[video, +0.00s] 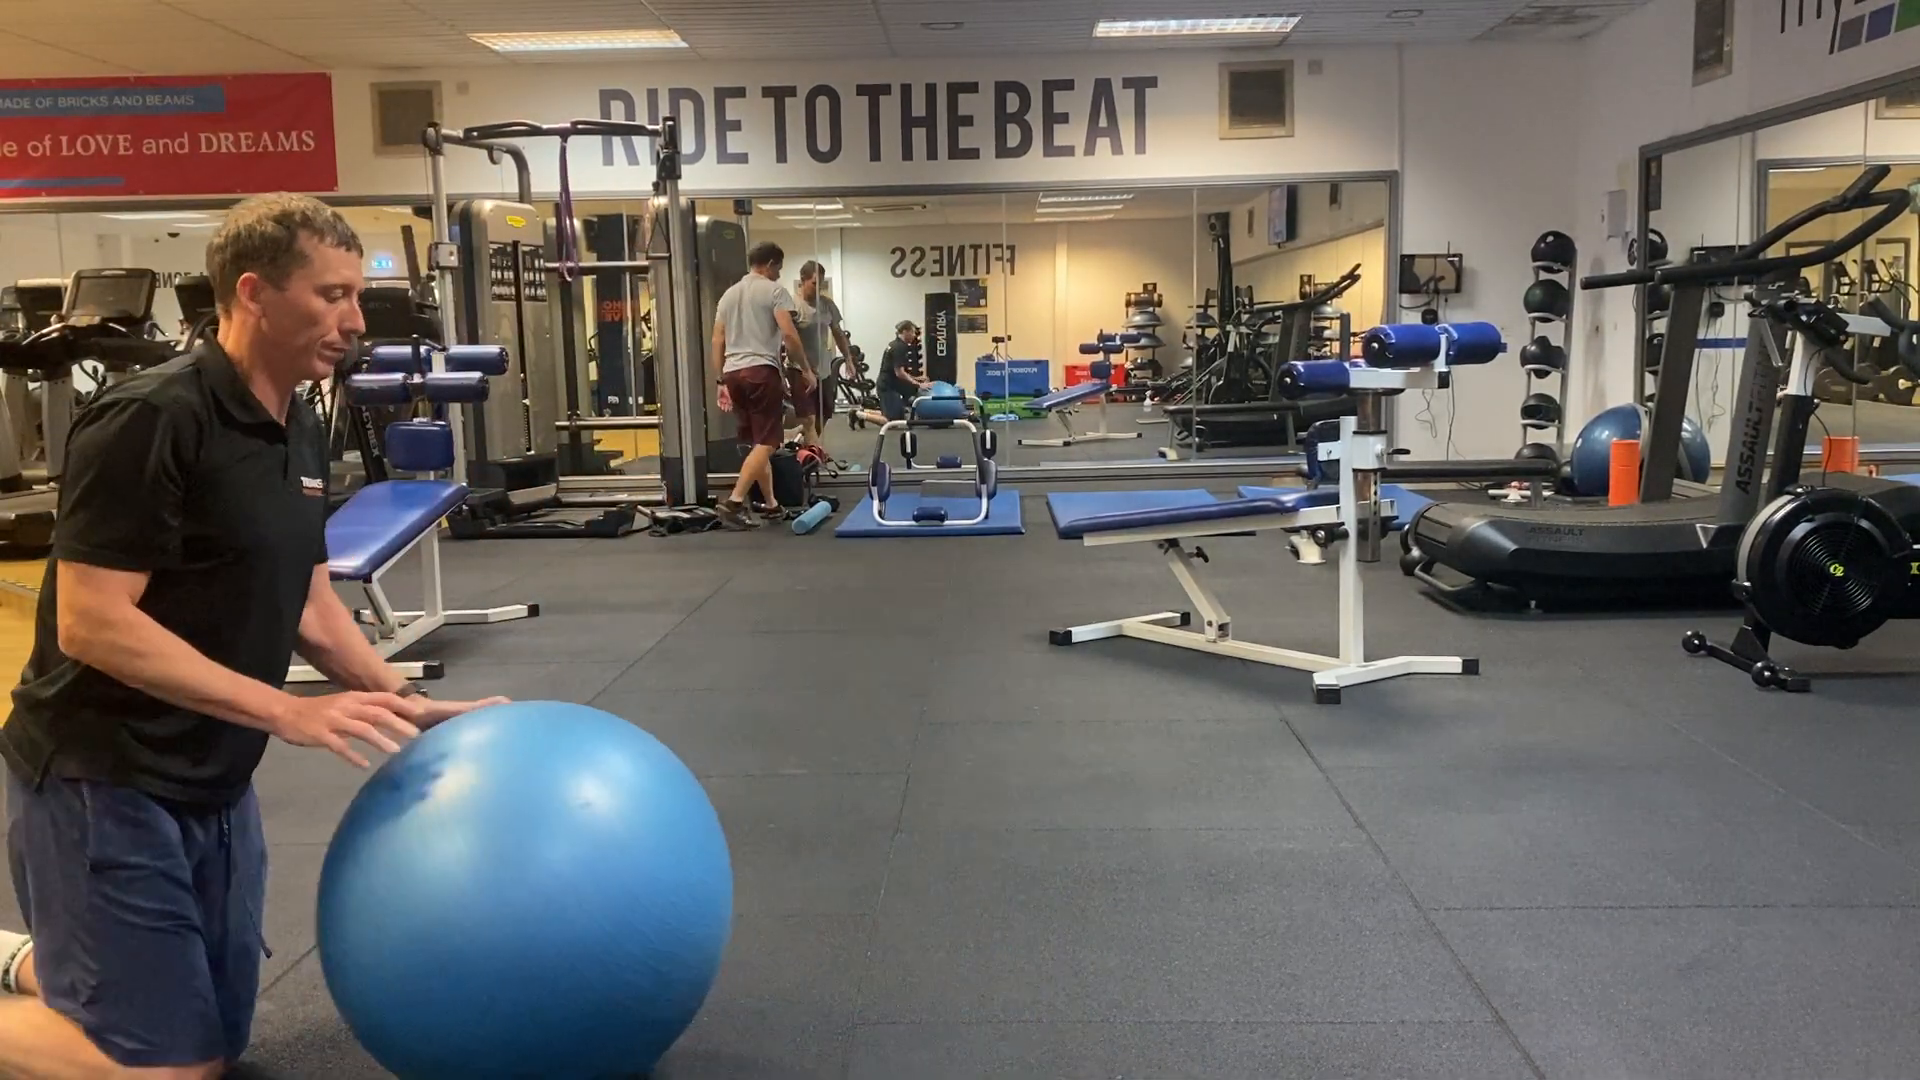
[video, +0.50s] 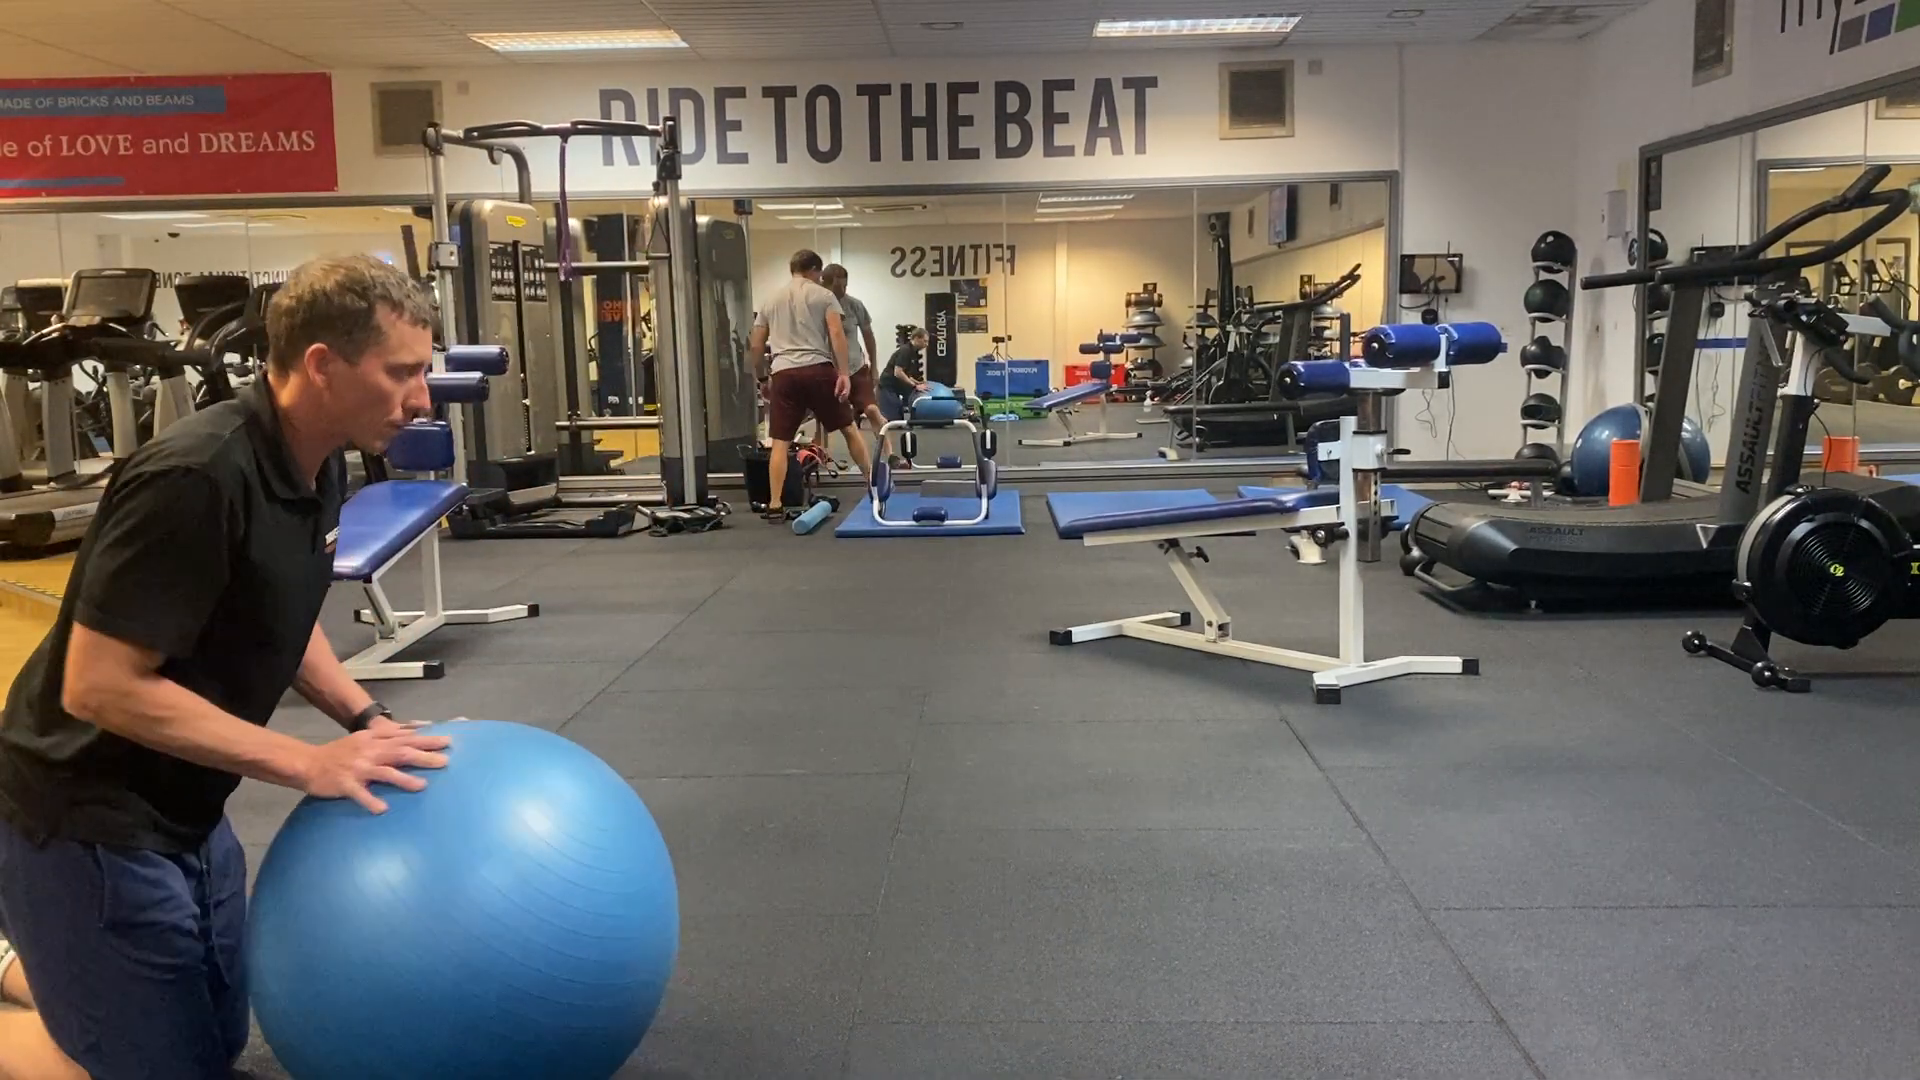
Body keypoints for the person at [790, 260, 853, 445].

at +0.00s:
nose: (817, 287)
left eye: (820, 282)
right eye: (813, 282)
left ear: (823, 281)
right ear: (802, 280)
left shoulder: (827, 304)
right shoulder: (791, 305)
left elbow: (838, 333)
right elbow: (783, 339)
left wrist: (848, 359)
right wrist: (779, 370)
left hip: (825, 371)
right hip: (799, 371)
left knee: (823, 416)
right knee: (807, 418)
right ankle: (816, 454)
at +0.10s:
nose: (822, 284)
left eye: (824, 279)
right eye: (818, 279)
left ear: (826, 279)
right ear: (806, 278)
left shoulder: (831, 302)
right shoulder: (795, 303)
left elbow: (840, 332)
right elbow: (790, 337)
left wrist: (848, 360)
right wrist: (802, 366)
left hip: (830, 371)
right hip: (804, 371)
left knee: (837, 416)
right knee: (808, 418)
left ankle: (813, 441)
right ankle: (814, 452)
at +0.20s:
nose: (825, 284)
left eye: (827, 280)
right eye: (821, 279)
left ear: (831, 279)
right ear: (810, 278)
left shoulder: (835, 301)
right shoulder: (797, 301)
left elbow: (844, 334)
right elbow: (790, 334)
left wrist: (849, 365)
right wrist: (799, 365)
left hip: (834, 369)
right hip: (808, 370)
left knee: (849, 410)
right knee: (810, 417)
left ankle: (832, 434)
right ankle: (811, 455)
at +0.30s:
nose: (827, 279)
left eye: (830, 275)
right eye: (823, 275)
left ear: (835, 277)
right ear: (813, 277)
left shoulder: (841, 301)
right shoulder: (804, 300)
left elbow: (849, 334)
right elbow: (798, 335)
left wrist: (853, 365)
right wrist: (808, 366)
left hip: (841, 367)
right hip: (815, 370)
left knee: (857, 403)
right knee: (818, 417)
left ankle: (853, 438)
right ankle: (817, 455)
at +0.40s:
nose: (828, 282)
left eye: (832, 278)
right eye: (823, 278)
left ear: (839, 278)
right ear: (817, 279)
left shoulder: (846, 301)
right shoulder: (810, 302)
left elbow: (856, 334)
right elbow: (803, 336)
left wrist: (861, 364)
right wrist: (808, 366)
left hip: (848, 368)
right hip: (820, 370)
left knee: (864, 405)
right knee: (818, 419)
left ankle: (875, 449)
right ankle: (816, 461)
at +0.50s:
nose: (841, 286)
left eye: (843, 282)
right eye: (836, 282)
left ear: (846, 282)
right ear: (824, 283)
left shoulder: (855, 305)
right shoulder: (816, 305)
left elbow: (868, 336)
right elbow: (811, 339)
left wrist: (874, 366)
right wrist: (815, 368)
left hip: (857, 368)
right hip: (828, 370)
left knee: (871, 410)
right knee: (821, 417)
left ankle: (891, 455)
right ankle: (819, 457)